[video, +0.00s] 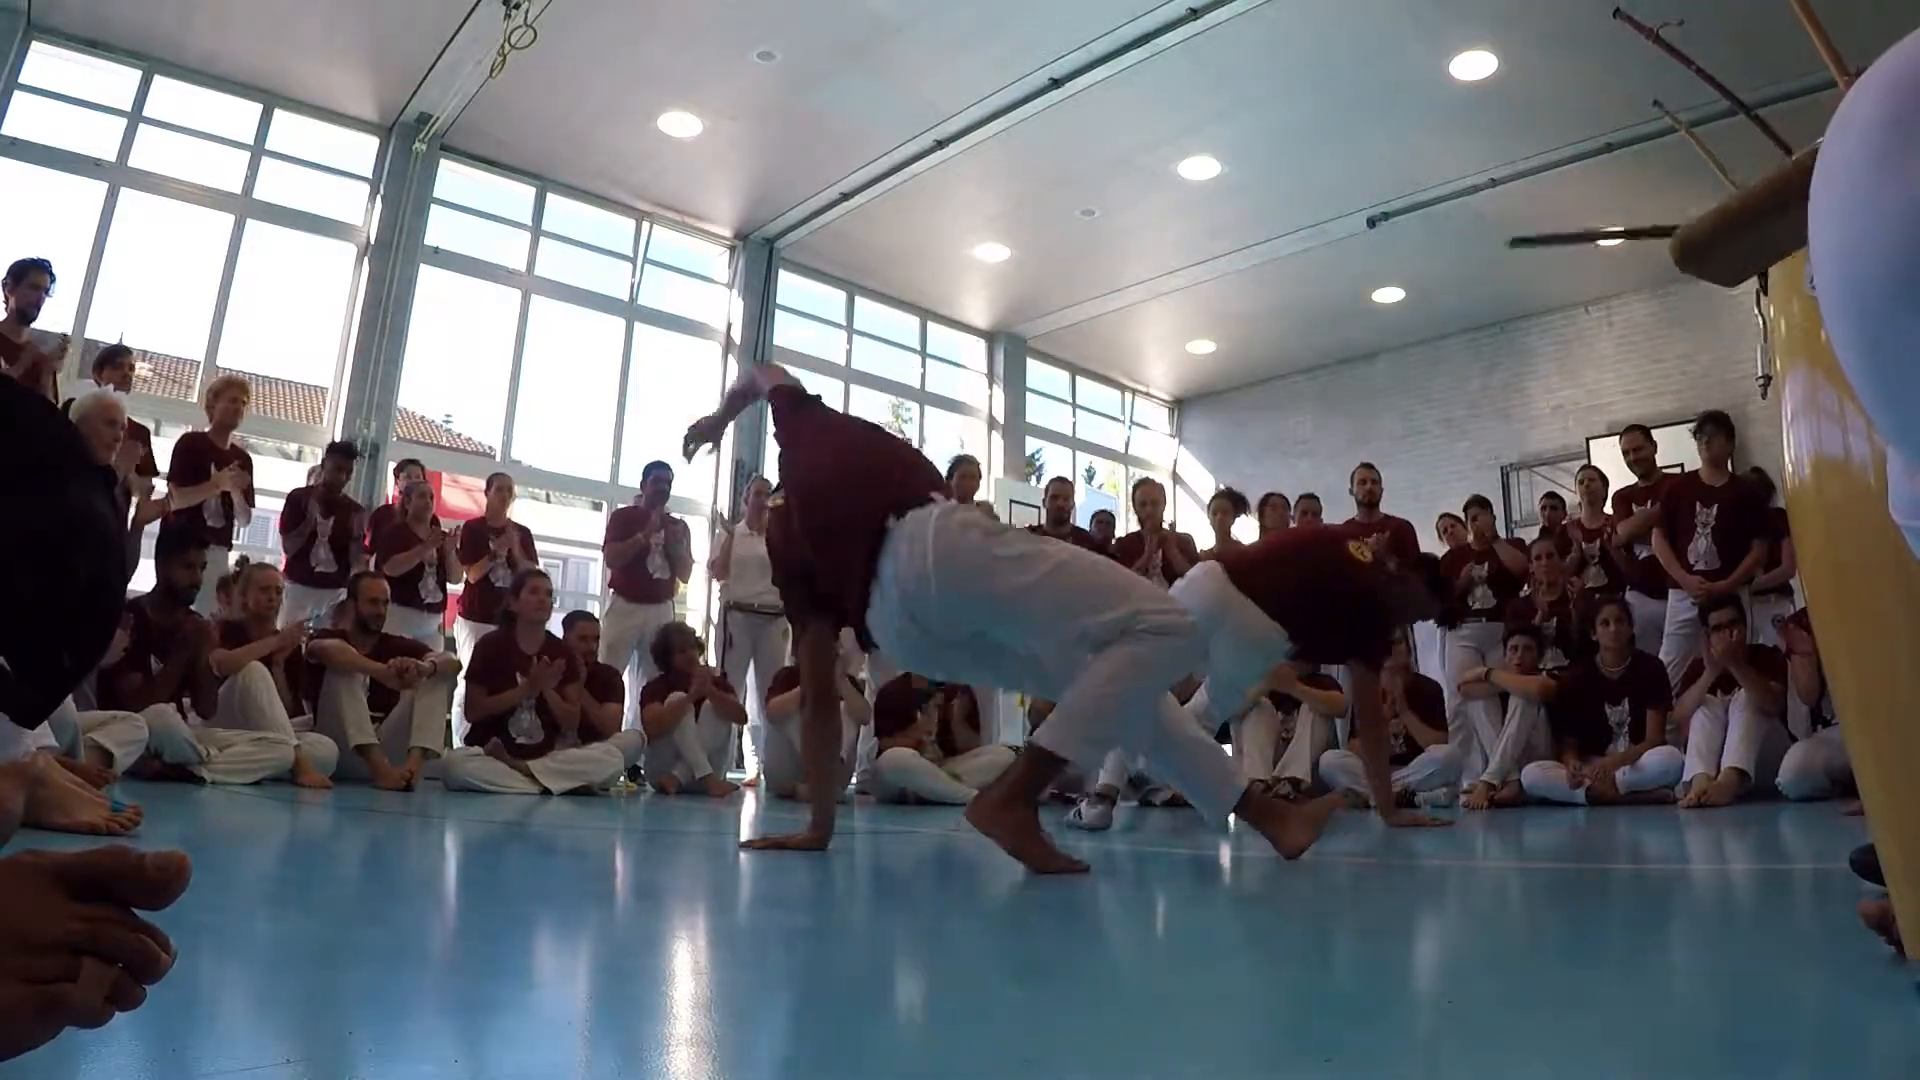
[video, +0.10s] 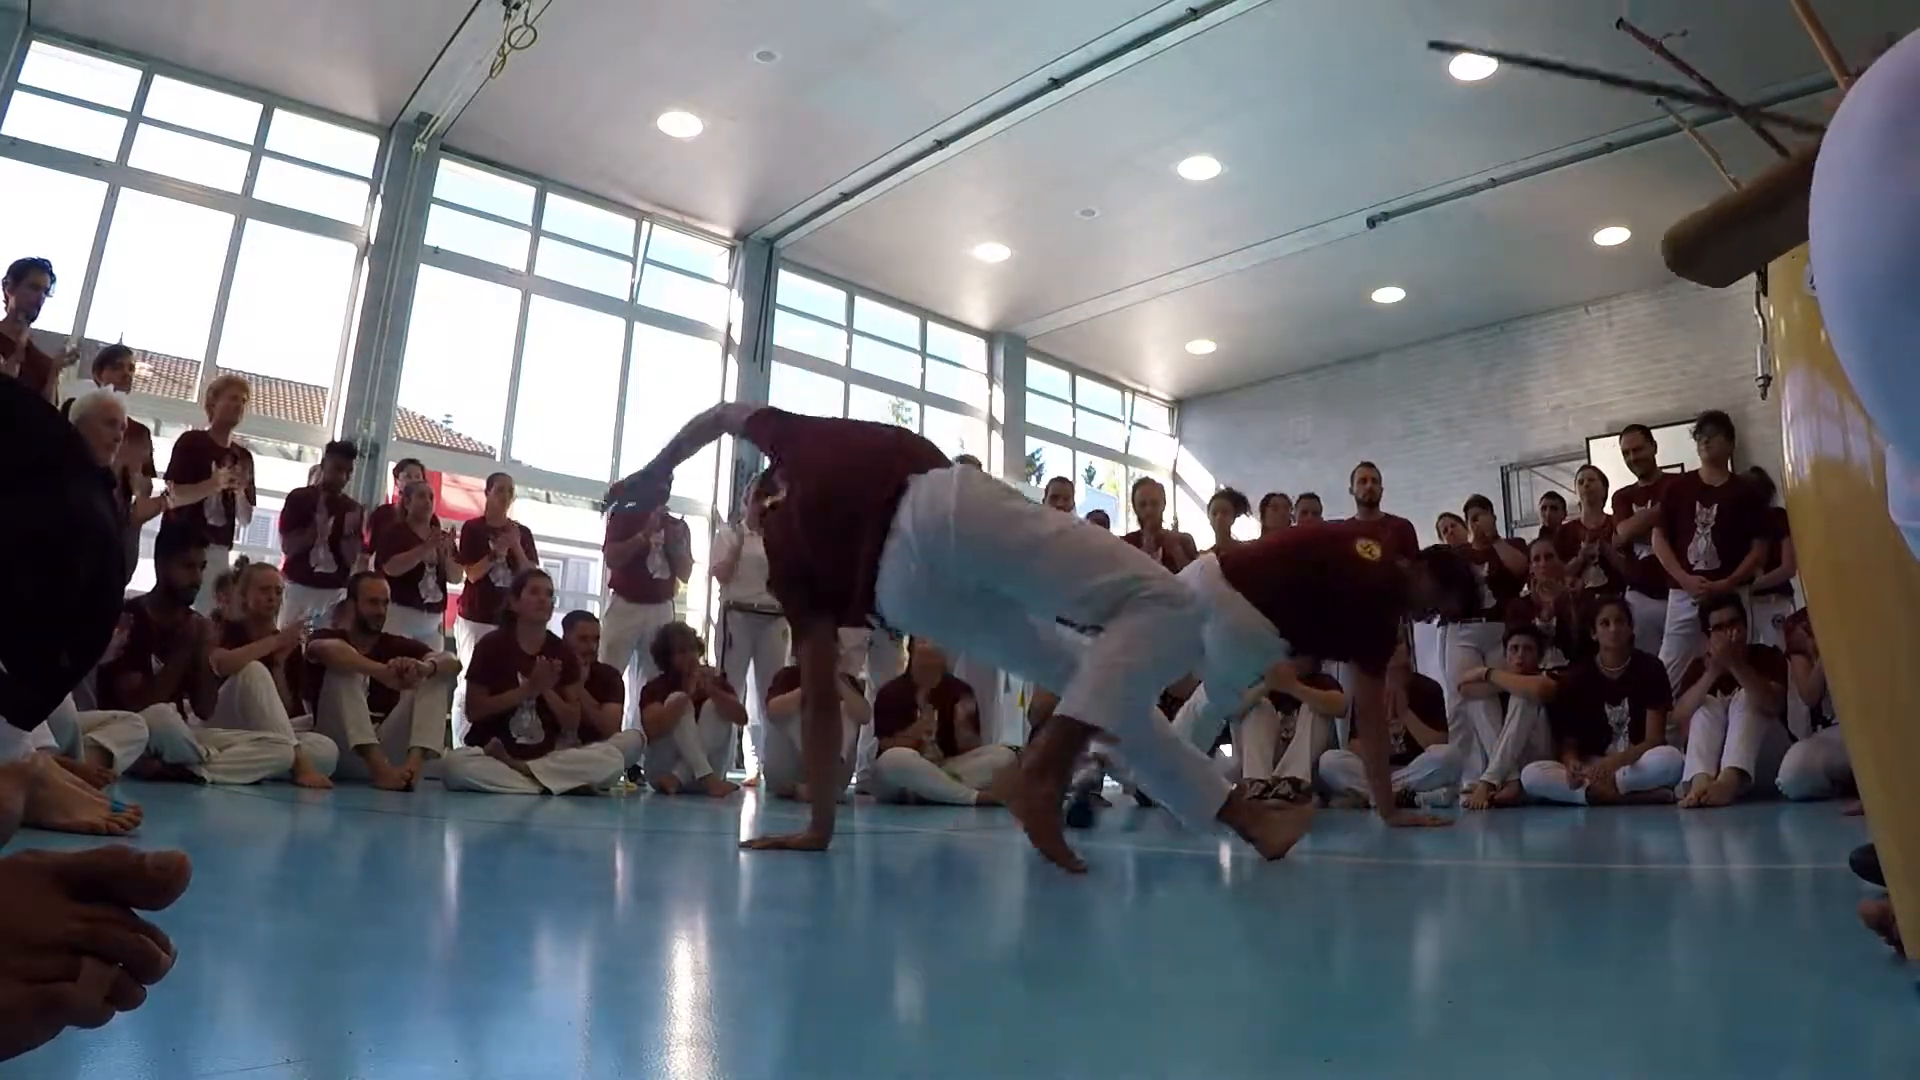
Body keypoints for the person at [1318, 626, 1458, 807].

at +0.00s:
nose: (1391, 648)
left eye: (1397, 641)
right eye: (1385, 642)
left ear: (1408, 648)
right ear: (1374, 649)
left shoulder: (1428, 688)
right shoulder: (1364, 691)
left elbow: (1439, 745)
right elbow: (1354, 747)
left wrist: (1405, 712)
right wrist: (1384, 728)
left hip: (1418, 767)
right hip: (1376, 768)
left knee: (1446, 755)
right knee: (1329, 761)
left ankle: (1377, 795)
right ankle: (1404, 797)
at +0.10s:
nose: (1393, 650)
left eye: (1398, 644)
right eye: (1388, 645)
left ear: (1408, 650)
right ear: (1376, 655)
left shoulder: (1427, 688)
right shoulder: (1364, 691)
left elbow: (1437, 745)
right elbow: (1354, 744)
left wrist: (1404, 712)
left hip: (1418, 767)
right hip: (1375, 769)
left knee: (1444, 755)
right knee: (1328, 762)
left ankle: (1372, 798)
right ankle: (1406, 799)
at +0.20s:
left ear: (1408, 654)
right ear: (1377, 661)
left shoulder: (1427, 688)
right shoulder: (1363, 692)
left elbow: (1437, 745)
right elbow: (1355, 744)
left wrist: (1403, 712)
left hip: (1418, 766)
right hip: (1376, 769)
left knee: (1444, 755)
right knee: (1328, 762)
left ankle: (1371, 798)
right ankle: (1406, 799)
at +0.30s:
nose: (1397, 662)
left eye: (1402, 656)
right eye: (1390, 658)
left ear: (1409, 655)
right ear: (1378, 661)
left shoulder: (1427, 688)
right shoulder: (1364, 692)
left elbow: (1438, 744)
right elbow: (1355, 745)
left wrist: (1404, 711)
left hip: (1418, 767)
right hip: (1376, 770)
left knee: (1445, 755)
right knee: (1328, 762)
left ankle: (1377, 796)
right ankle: (1406, 798)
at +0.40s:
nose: (1388, 649)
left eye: (1395, 643)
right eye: (1382, 644)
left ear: (1409, 650)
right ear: (1375, 652)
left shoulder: (1428, 688)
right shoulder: (1366, 690)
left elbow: (1439, 744)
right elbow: (1355, 747)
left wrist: (1406, 711)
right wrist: (1383, 719)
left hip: (1418, 768)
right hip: (1376, 770)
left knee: (1446, 755)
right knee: (1328, 761)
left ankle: (1374, 795)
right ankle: (1405, 798)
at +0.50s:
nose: (1387, 648)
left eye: (1395, 642)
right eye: (1381, 643)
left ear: (1408, 649)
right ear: (1375, 651)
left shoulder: (1428, 688)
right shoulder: (1367, 691)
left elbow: (1438, 743)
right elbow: (1355, 746)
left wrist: (1404, 713)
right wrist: (1383, 724)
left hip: (1418, 767)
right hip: (1377, 769)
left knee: (1448, 755)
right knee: (1328, 761)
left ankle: (1379, 792)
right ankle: (1401, 797)